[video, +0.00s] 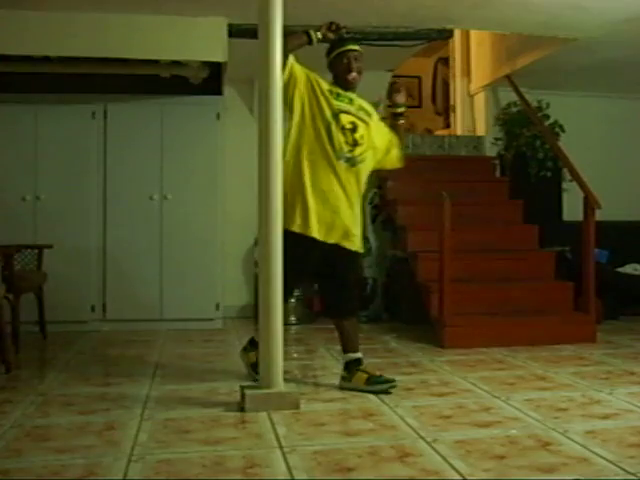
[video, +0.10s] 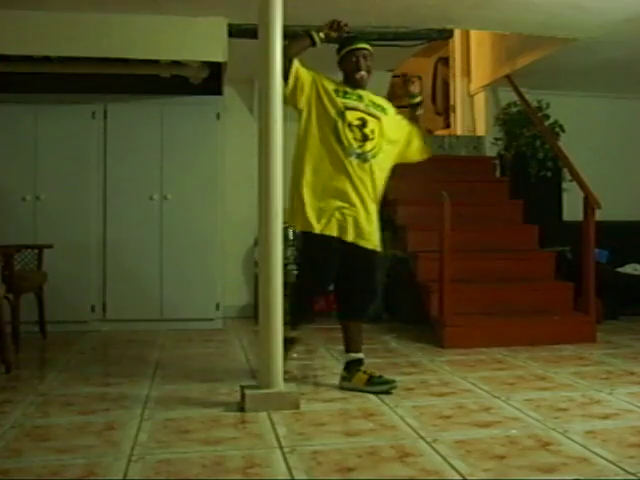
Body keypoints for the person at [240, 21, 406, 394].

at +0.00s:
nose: (353, 67)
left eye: (358, 62)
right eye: (345, 60)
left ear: (362, 68)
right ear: (331, 65)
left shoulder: (367, 114)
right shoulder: (308, 87)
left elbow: (393, 154)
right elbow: (275, 55)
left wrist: (395, 112)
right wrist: (314, 35)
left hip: (344, 218)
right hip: (302, 209)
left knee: (346, 296)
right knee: (280, 289)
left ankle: (353, 367)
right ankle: (257, 348)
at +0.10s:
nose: (362, 64)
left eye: (367, 59)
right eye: (354, 58)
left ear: (372, 66)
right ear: (340, 64)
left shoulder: (386, 110)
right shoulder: (318, 88)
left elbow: (420, 145)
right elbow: (282, 59)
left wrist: (414, 106)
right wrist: (318, 36)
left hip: (363, 210)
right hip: (320, 202)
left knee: (357, 290)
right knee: (312, 283)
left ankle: (354, 366)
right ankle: (287, 336)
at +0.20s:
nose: (368, 65)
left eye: (373, 59)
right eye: (361, 59)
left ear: (380, 66)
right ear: (349, 65)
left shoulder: (401, 107)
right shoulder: (328, 94)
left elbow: (441, 133)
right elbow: (289, 67)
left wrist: (430, 94)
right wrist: (320, 38)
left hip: (380, 211)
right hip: (334, 205)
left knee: (365, 292)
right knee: (331, 285)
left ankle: (355, 367)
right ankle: (333, 334)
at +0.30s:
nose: (375, 66)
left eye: (381, 61)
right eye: (368, 61)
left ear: (390, 67)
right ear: (357, 67)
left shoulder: (414, 106)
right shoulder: (336, 97)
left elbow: (462, 124)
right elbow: (292, 72)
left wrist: (441, 85)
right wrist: (324, 44)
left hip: (395, 213)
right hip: (345, 210)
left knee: (376, 294)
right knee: (348, 292)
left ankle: (357, 366)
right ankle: (378, 336)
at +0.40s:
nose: (381, 75)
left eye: (387, 69)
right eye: (375, 70)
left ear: (396, 73)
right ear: (365, 74)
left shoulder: (424, 109)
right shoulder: (345, 105)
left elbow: (473, 123)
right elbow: (300, 85)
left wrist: (451, 83)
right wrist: (331, 53)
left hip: (404, 216)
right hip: (354, 215)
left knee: (390, 296)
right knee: (357, 297)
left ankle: (360, 365)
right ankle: (407, 335)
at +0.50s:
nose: (387, 84)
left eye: (393, 77)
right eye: (380, 79)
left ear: (406, 81)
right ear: (372, 84)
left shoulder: (437, 116)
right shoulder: (355, 119)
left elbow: (486, 126)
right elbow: (309, 103)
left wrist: (458, 85)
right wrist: (337, 68)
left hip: (416, 223)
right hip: (367, 224)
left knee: (392, 300)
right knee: (376, 301)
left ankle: (361, 366)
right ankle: (427, 347)